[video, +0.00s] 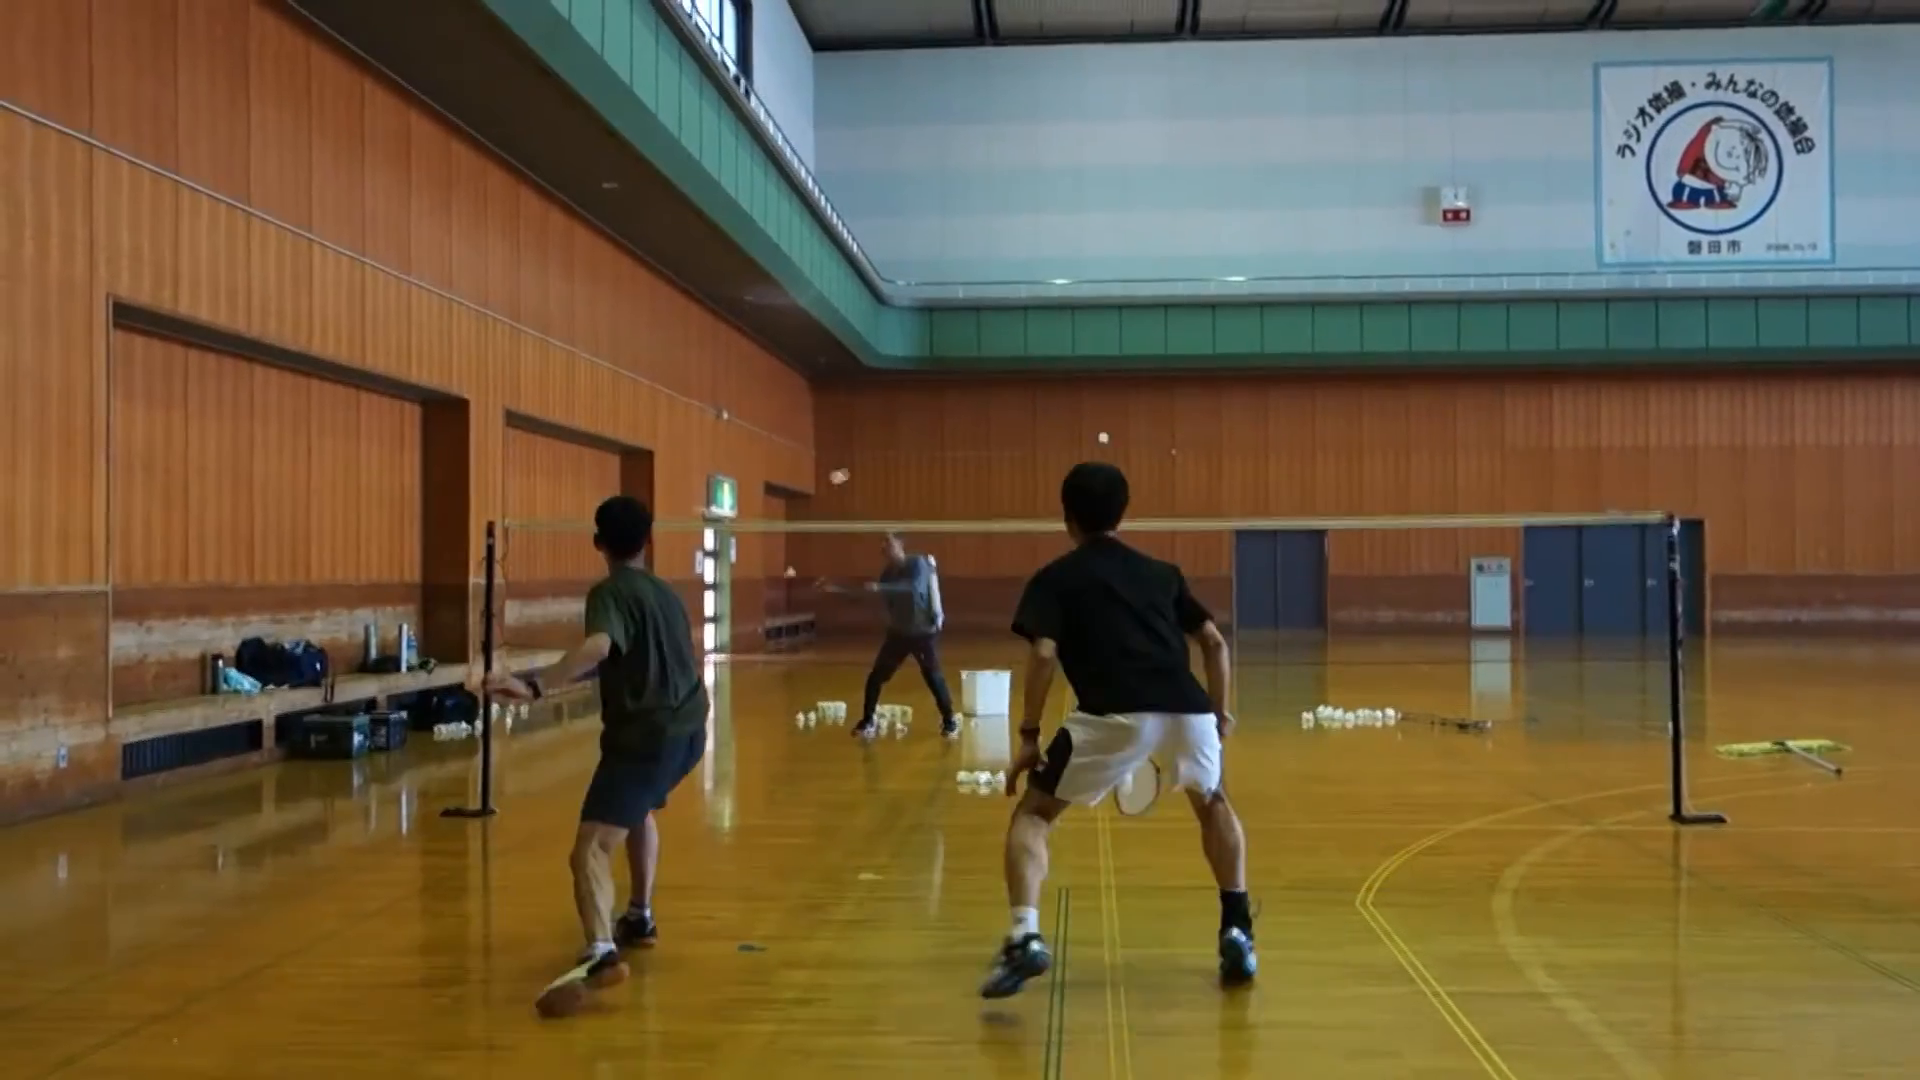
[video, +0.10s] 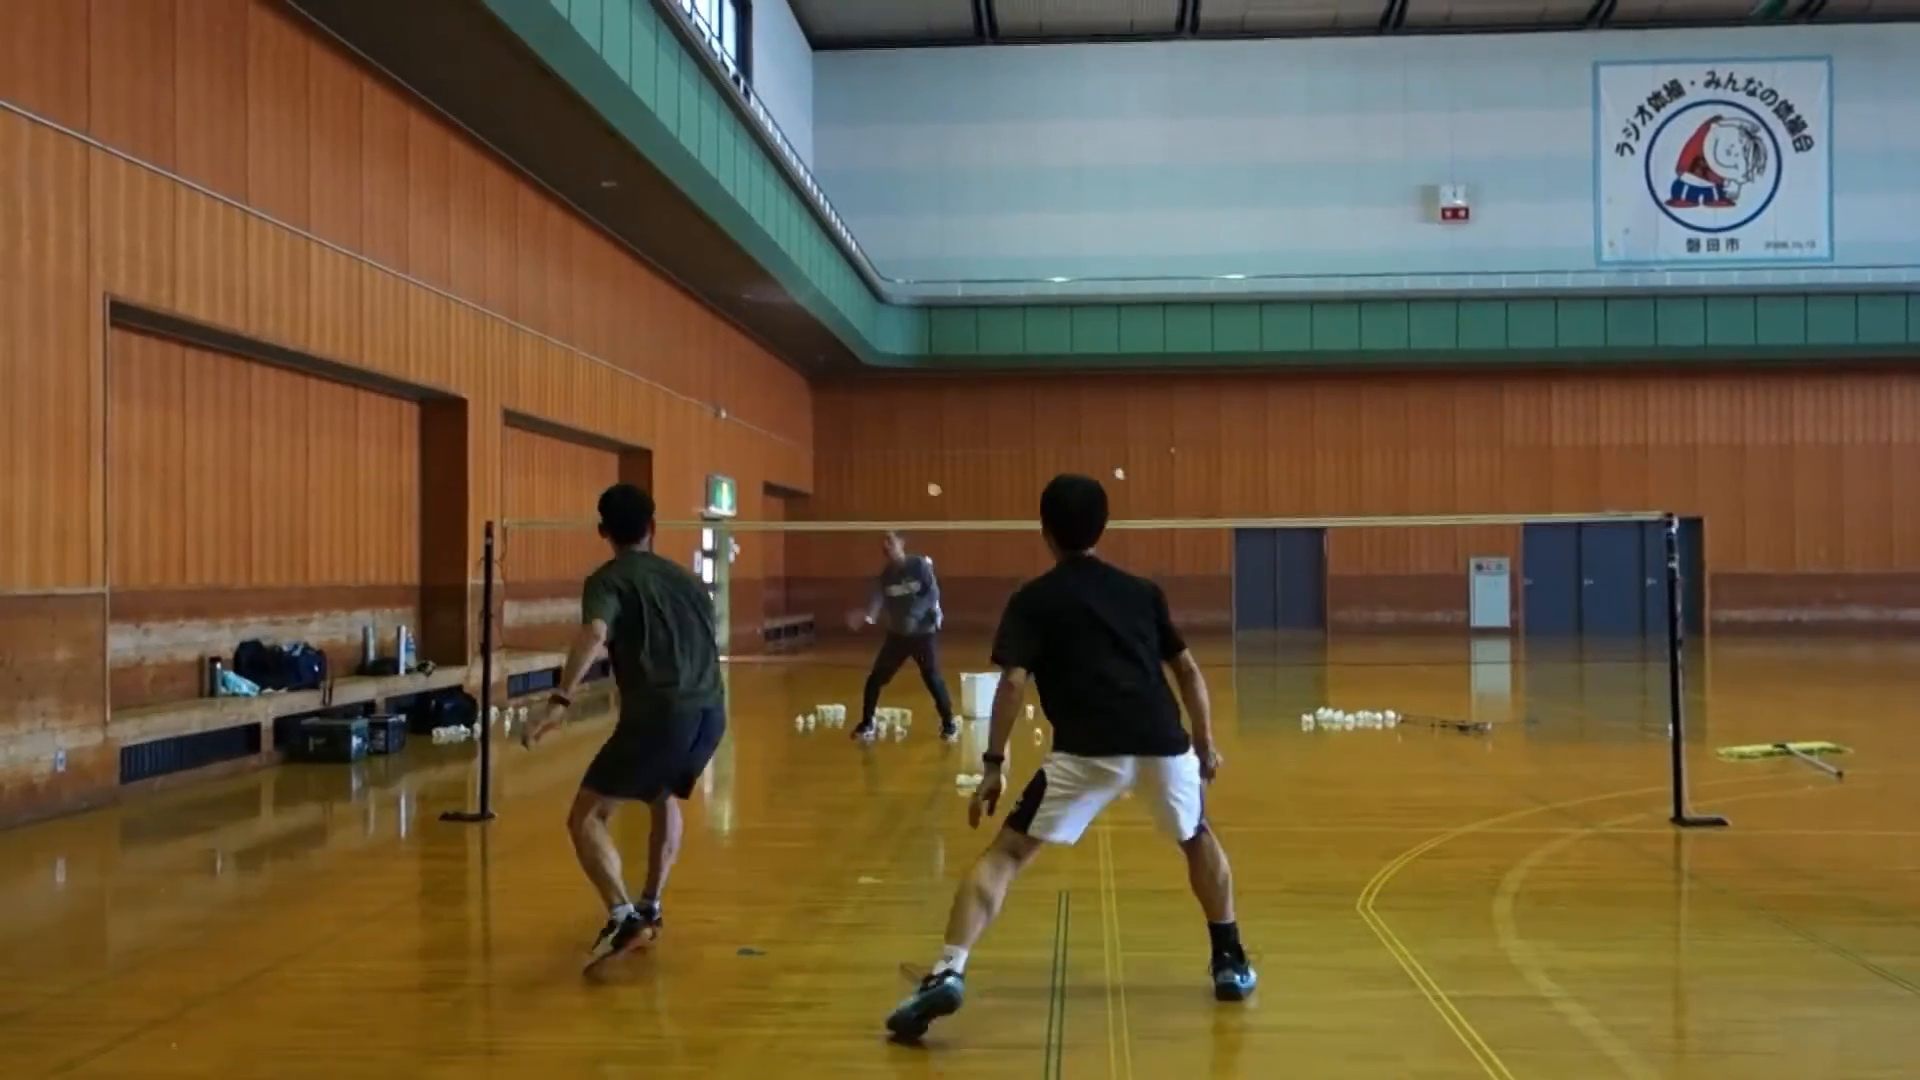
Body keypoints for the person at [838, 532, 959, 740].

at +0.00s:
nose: (888, 551)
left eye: (891, 546)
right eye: (886, 548)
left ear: (901, 546)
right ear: (884, 551)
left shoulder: (918, 563)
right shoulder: (888, 574)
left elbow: (916, 588)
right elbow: (871, 593)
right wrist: (837, 590)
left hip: (922, 632)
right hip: (898, 633)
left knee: (933, 677)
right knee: (876, 678)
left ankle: (949, 720)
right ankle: (867, 721)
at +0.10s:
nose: (889, 549)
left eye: (892, 544)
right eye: (886, 545)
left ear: (901, 544)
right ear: (884, 549)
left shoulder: (921, 565)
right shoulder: (885, 575)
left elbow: (932, 594)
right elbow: (877, 597)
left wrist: (914, 615)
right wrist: (871, 615)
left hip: (923, 635)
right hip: (897, 635)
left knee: (932, 678)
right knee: (875, 680)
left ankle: (948, 722)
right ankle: (867, 723)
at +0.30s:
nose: (887, 550)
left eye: (891, 545)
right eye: (884, 546)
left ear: (901, 545)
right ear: (882, 550)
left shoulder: (920, 566)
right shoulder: (882, 581)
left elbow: (944, 592)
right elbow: (885, 611)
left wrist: (940, 621)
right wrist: (890, 629)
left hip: (927, 636)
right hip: (901, 638)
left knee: (936, 682)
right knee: (875, 680)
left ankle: (948, 724)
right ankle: (867, 723)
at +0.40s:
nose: (885, 545)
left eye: (888, 540)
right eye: (882, 541)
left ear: (898, 542)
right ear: (880, 545)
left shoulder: (916, 564)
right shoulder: (880, 577)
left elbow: (938, 591)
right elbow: (881, 609)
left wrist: (938, 623)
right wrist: (878, 631)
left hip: (922, 636)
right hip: (895, 637)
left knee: (934, 682)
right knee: (873, 680)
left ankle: (948, 723)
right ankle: (866, 722)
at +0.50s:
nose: (884, 549)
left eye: (887, 543)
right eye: (881, 545)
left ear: (897, 544)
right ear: (878, 549)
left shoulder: (915, 567)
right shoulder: (882, 580)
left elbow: (933, 594)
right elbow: (883, 612)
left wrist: (920, 617)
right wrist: (870, 627)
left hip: (922, 636)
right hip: (897, 637)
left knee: (934, 683)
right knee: (872, 681)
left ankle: (947, 724)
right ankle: (866, 724)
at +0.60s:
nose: (881, 547)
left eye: (884, 542)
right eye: (878, 544)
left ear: (896, 543)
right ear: (876, 547)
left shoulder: (911, 564)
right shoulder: (885, 574)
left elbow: (922, 594)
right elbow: (887, 607)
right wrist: (865, 617)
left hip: (919, 633)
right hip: (897, 633)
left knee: (917, 679)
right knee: (876, 678)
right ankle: (868, 722)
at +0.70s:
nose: (881, 547)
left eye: (885, 543)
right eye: (878, 543)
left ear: (896, 543)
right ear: (876, 546)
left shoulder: (908, 564)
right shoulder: (885, 570)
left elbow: (908, 592)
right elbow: (887, 601)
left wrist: (880, 578)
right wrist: (861, 610)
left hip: (916, 631)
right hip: (898, 631)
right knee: (879, 677)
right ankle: (867, 722)